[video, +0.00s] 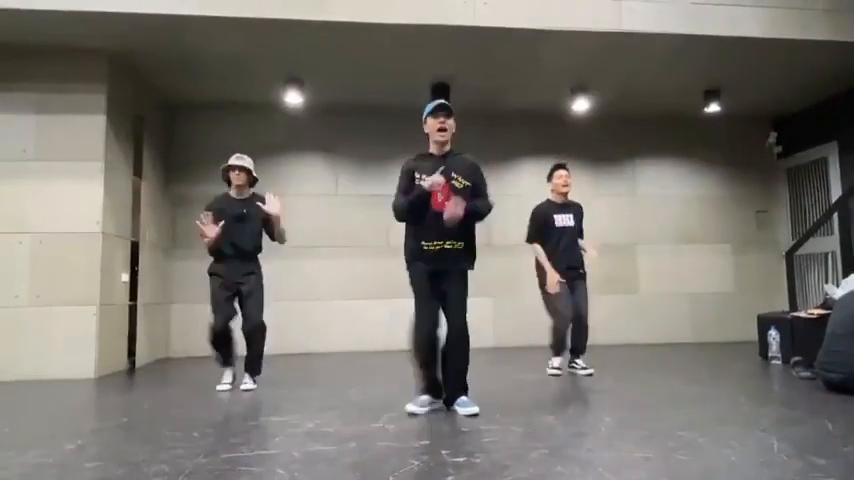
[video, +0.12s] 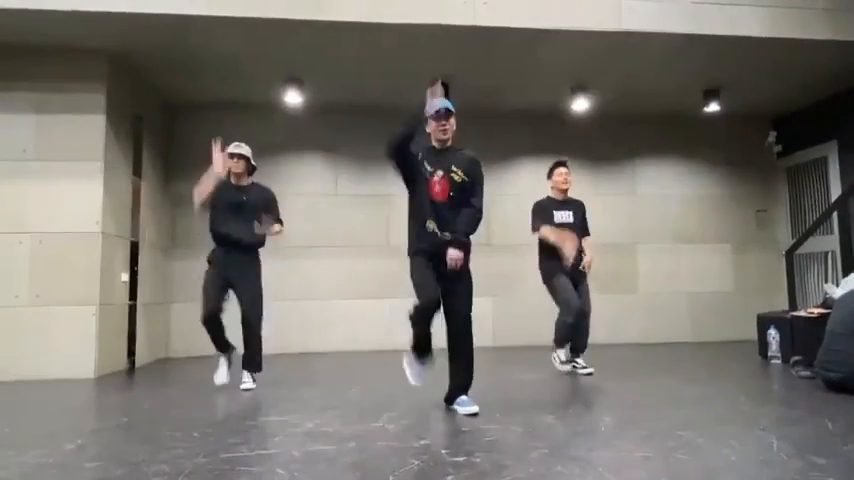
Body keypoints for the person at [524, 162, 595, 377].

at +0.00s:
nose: (565, 180)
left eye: (567, 177)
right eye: (559, 177)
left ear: (571, 182)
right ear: (550, 184)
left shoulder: (576, 208)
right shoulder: (541, 210)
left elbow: (577, 237)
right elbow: (534, 243)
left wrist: (586, 247)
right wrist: (549, 271)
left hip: (576, 271)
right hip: (552, 272)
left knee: (581, 315)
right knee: (563, 315)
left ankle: (576, 358)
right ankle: (556, 356)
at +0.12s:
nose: (565, 178)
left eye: (567, 174)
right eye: (560, 175)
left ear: (571, 179)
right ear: (551, 180)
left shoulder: (577, 205)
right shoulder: (541, 206)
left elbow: (584, 236)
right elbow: (540, 231)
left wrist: (588, 254)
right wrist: (563, 241)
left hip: (576, 265)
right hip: (552, 266)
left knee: (584, 308)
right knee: (571, 305)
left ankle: (576, 356)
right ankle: (560, 349)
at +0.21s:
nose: (563, 175)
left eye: (565, 171)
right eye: (558, 172)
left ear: (570, 176)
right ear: (549, 178)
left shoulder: (579, 202)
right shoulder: (542, 201)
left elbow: (586, 234)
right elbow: (543, 217)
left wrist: (587, 254)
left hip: (574, 262)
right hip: (550, 261)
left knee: (582, 307)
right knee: (567, 296)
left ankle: (576, 357)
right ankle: (559, 330)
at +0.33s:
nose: (563, 173)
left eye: (564, 170)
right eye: (558, 171)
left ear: (568, 174)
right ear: (550, 176)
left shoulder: (580, 201)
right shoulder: (541, 198)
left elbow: (585, 233)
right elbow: (546, 192)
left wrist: (583, 253)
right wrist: (546, 165)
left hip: (571, 258)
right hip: (548, 253)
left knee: (577, 310)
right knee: (549, 274)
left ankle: (574, 356)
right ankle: (550, 302)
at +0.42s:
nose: (562, 173)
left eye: (564, 170)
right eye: (557, 170)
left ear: (567, 175)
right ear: (548, 175)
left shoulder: (579, 200)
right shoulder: (539, 197)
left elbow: (583, 231)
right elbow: (538, 217)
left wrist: (582, 251)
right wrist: (553, 189)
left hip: (569, 258)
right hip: (544, 255)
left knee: (575, 306)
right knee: (536, 284)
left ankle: (574, 354)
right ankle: (540, 316)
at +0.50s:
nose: (562, 172)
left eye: (563, 169)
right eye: (557, 169)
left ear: (567, 174)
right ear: (547, 175)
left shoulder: (577, 202)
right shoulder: (537, 202)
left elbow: (580, 230)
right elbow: (534, 229)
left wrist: (579, 245)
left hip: (569, 261)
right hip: (542, 261)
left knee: (574, 305)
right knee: (530, 301)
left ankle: (574, 354)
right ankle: (531, 341)